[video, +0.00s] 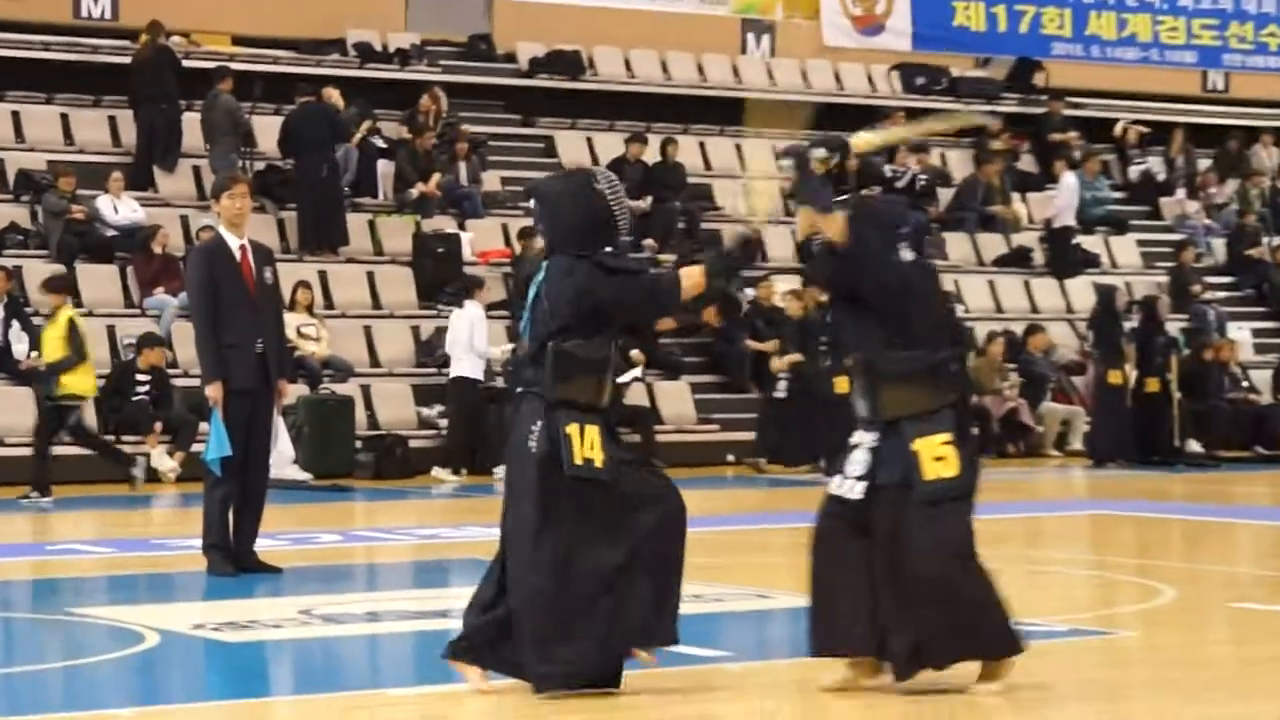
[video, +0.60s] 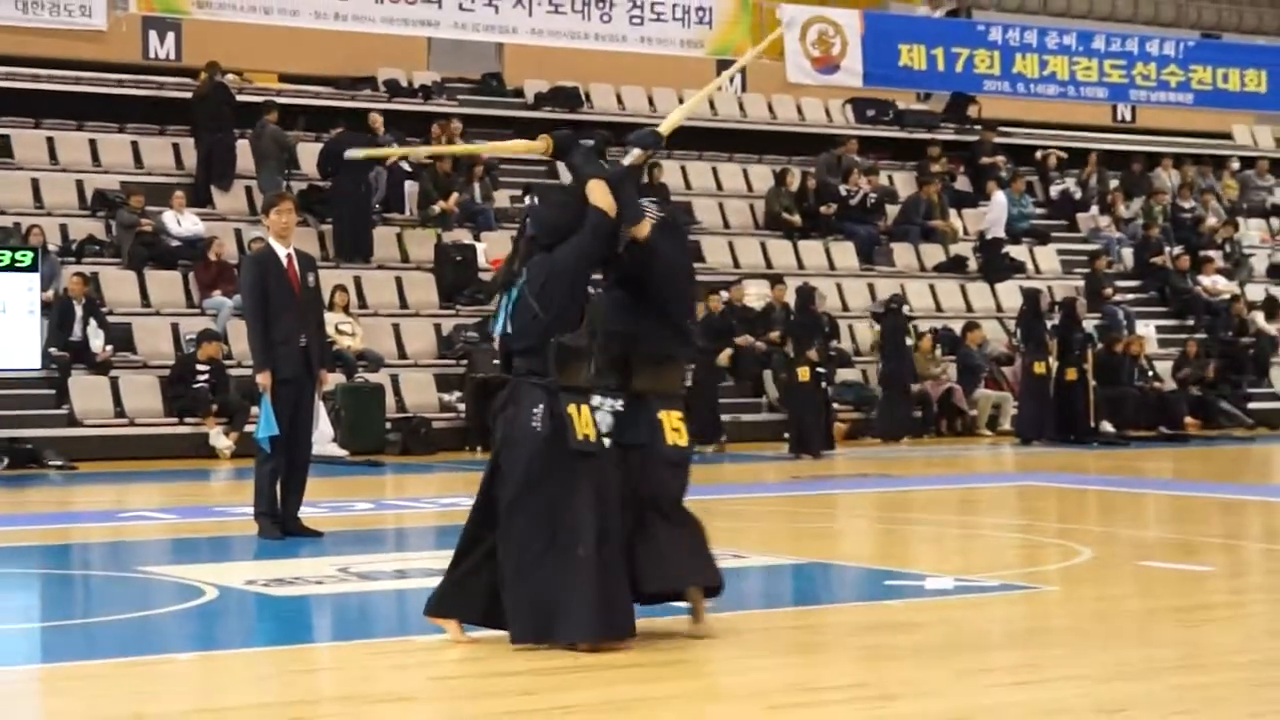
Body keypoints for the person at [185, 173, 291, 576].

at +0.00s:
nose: (239, 204)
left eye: (244, 197)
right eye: (231, 198)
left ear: (252, 203)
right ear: (216, 205)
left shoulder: (263, 254)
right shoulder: (203, 254)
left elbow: (275, 317)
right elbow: (202, 320)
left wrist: (282, 372)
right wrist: (211, 376)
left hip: (264, 372)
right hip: (228, 373)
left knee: (256, 466)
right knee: (225, 466)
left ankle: (245, 549)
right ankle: (217, 551)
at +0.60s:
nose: (286, 219)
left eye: (290, 213)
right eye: (278, 213)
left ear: (297, 218)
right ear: (266, 219)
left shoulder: (307, 261)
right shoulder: (255, 261)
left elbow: (317, 316)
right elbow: (254, 318)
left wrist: (322, 363)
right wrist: (261, 366)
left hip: (307, 362)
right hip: (275, 364)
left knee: (300, 444)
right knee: (272, 444)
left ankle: (290, 515)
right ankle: (266, 517)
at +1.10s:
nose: (310, 229)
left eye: (314, 223)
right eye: (304, 224)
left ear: (321, 227)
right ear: (294, 229)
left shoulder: (331, 267)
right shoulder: (282, 266)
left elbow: (337, 318)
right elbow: (276, 318)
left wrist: (338, 361)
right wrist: (279, 362)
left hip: (321, 360)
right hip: (292, 361)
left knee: (318, 436)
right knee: (287, 435)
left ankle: (314, 504)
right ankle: (281, 507)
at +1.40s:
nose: (289, 230)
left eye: (294, 224)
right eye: (283, 225)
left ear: (302, 230)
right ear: (274, 231)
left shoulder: (312, 270)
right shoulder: (263, 269)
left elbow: (319, 320)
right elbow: (258, 319)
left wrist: (321, 363)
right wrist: (262, 364)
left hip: (305, 363)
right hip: (276, 363)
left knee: (307, 437)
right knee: (258, 434)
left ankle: (314, 507)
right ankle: (226, 500)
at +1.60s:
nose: (260, 235)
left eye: (265, 229)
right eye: (255, 230)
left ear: (274, 235)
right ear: (246, 236)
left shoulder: (290, 276)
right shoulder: (233, 276)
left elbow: (298, 326)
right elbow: (228, 325)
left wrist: (299, 370)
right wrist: (231, 369)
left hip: (280, 367)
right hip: (246, 368)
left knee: (293, 442)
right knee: (233, 440)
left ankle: (314, 510)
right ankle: (212, 509)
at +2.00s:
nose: (201, 233)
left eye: (205, 227)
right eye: (195, 228)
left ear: (214, 231)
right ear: (186, 234)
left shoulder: (233, 267)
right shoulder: (178, 272)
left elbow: (244, 320)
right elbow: (172, 324)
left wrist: (246, 365)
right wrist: (174, 368)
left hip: (226, 364)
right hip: (191, 366)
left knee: (224, 435)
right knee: (194, 439)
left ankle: (227, 506)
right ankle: (204, 507)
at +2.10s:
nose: (188, 233)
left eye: (192, 227)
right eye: (183, 228)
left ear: (204, 230)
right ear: (176, 234)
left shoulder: (224, 267)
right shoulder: (170, 271)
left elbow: (234, 319)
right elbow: (165, 324)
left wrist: (235, 366)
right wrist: (167, 370)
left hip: (215, 363)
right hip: (182, 364)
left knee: (201, 431)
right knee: (187, 435)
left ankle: (192, 502)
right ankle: (204, 506)